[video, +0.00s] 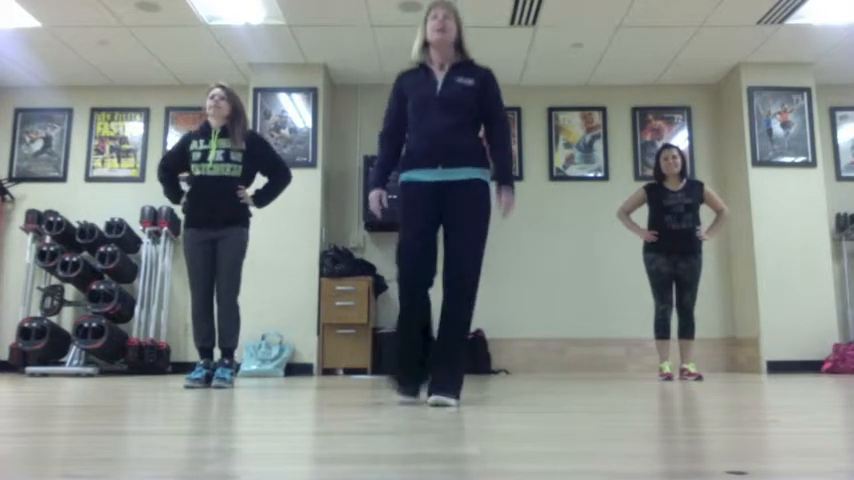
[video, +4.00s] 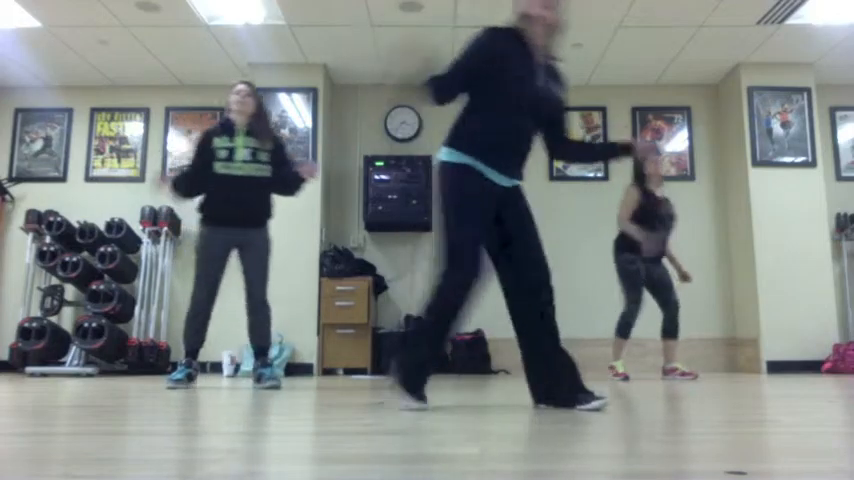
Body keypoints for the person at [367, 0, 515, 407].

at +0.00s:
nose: (440, 23)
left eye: (447, 18)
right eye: (434, 18)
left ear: (458, 28)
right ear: (424, 29)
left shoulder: (479, 77)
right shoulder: (407, 80)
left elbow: (498, 130)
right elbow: (391, 135)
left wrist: (505, 180)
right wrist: (379, 183)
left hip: (468, 187)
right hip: (416, 187)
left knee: (460, 284)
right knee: (412, 280)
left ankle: (446, 384)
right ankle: (411, 377)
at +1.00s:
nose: (428, 3)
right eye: (422, 0)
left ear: (449, 10)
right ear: (414, 12)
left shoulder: (473, 62)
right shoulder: (396, 60)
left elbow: (491, 123)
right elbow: (371, 118)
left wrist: (494, 178)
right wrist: (327, 80)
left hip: (461, 179)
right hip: (407, 178)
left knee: (456, 284)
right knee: (409, 282)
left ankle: (445, 385)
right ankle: (413, 386)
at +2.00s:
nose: (489, 18)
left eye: (494, 12)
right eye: (480, 12)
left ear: (501, 15)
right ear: (466, 15)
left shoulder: (514, 65)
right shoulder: (448, 48)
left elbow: (552, 127)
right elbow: (426, 102)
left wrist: (616, 138)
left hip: (498, 184)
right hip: (449, 180)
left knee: (527, 282)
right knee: (432, 284)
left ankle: (560, 385)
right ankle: (414, 389)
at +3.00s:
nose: (498, 17)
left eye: (506, 11)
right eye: (492, 10)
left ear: (519, 16)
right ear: (481, 12)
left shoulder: (520, 66)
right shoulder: (459, 46)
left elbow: (542, 132)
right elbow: (429, 104)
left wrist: (606, 140)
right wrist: (422, 146)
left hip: (504, 184)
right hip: (457, 177)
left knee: (523, 285)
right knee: (433, 277)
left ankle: (556, 388)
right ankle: (400, 386)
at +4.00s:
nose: (544, 12)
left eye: (551, 7)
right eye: (539, 4)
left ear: (557, 18)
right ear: (523, 9)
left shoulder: (550, 75)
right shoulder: (496, 42)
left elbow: (560, 148)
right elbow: (441, 89)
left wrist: (626, 148)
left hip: (505, 185)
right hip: (464, 171)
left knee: (531, 283)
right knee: (462, 271)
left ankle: (555, 388)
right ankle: (412, 367)